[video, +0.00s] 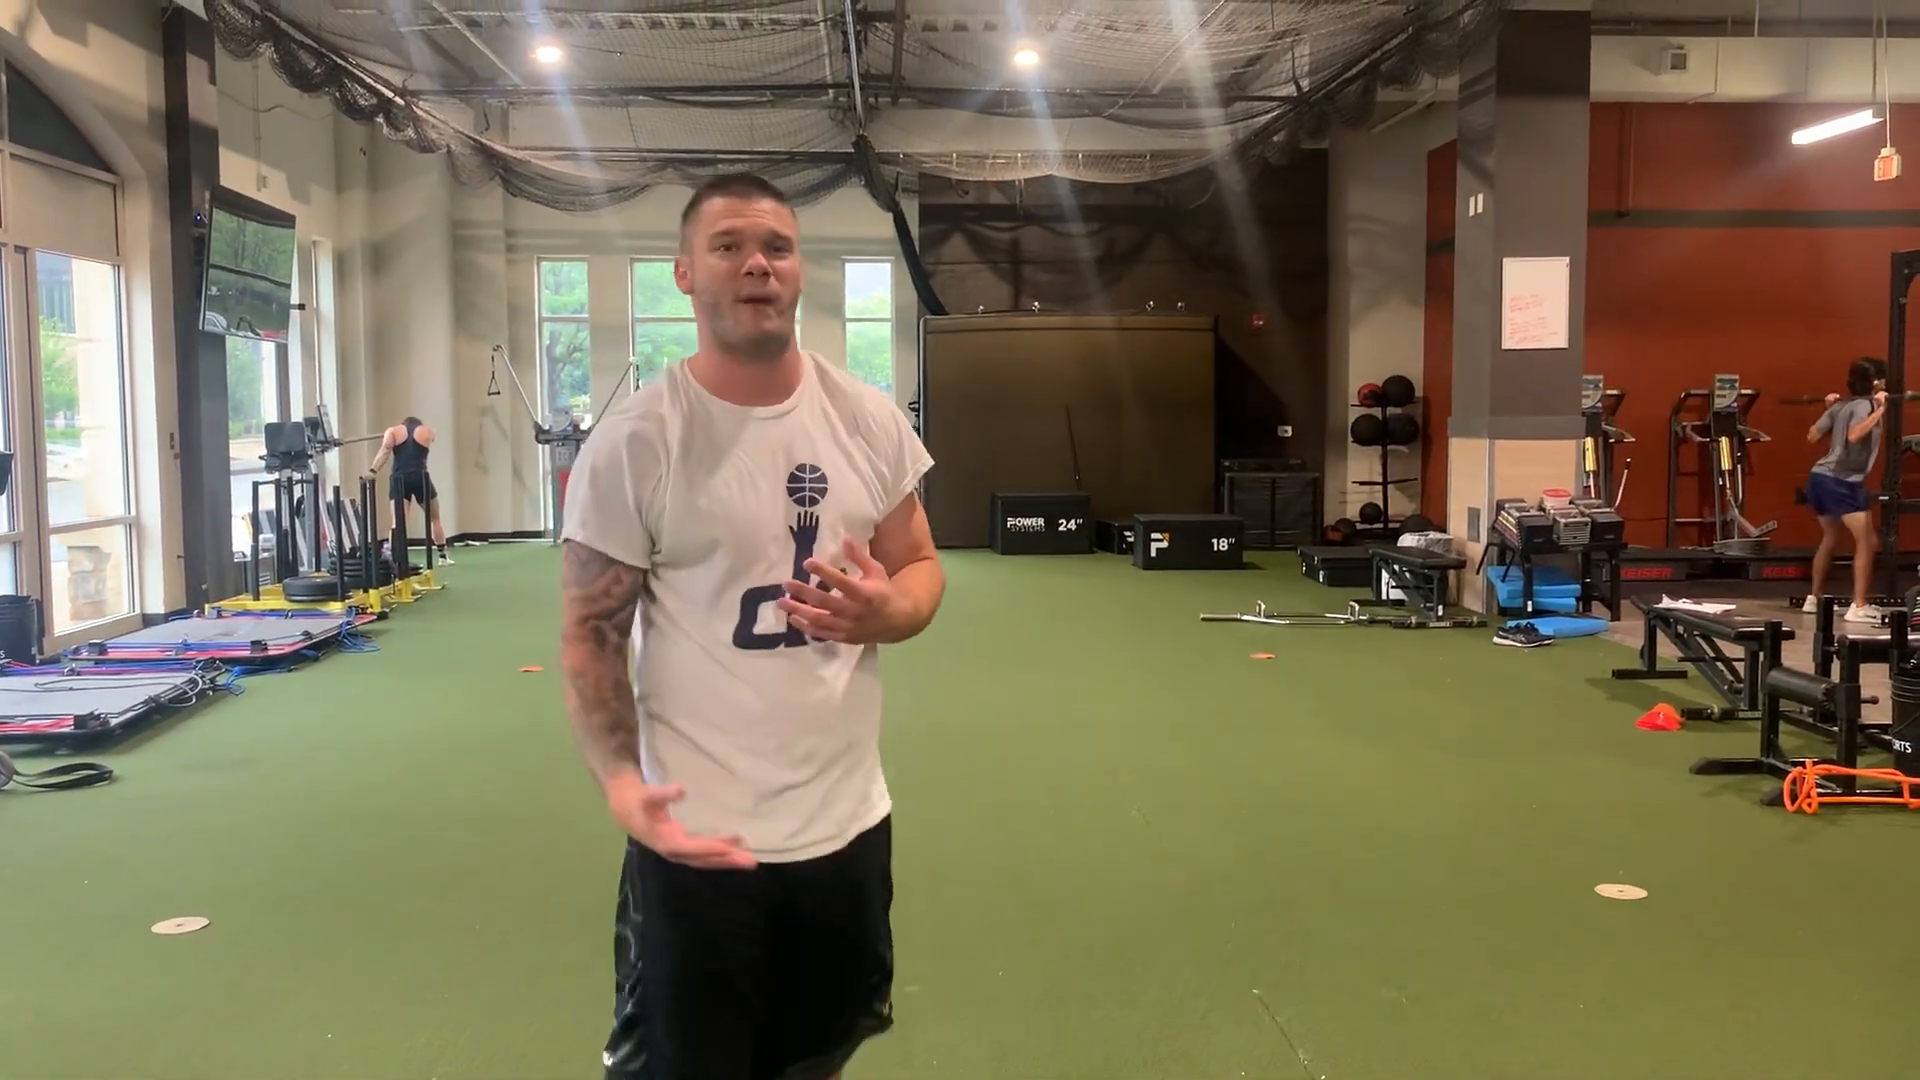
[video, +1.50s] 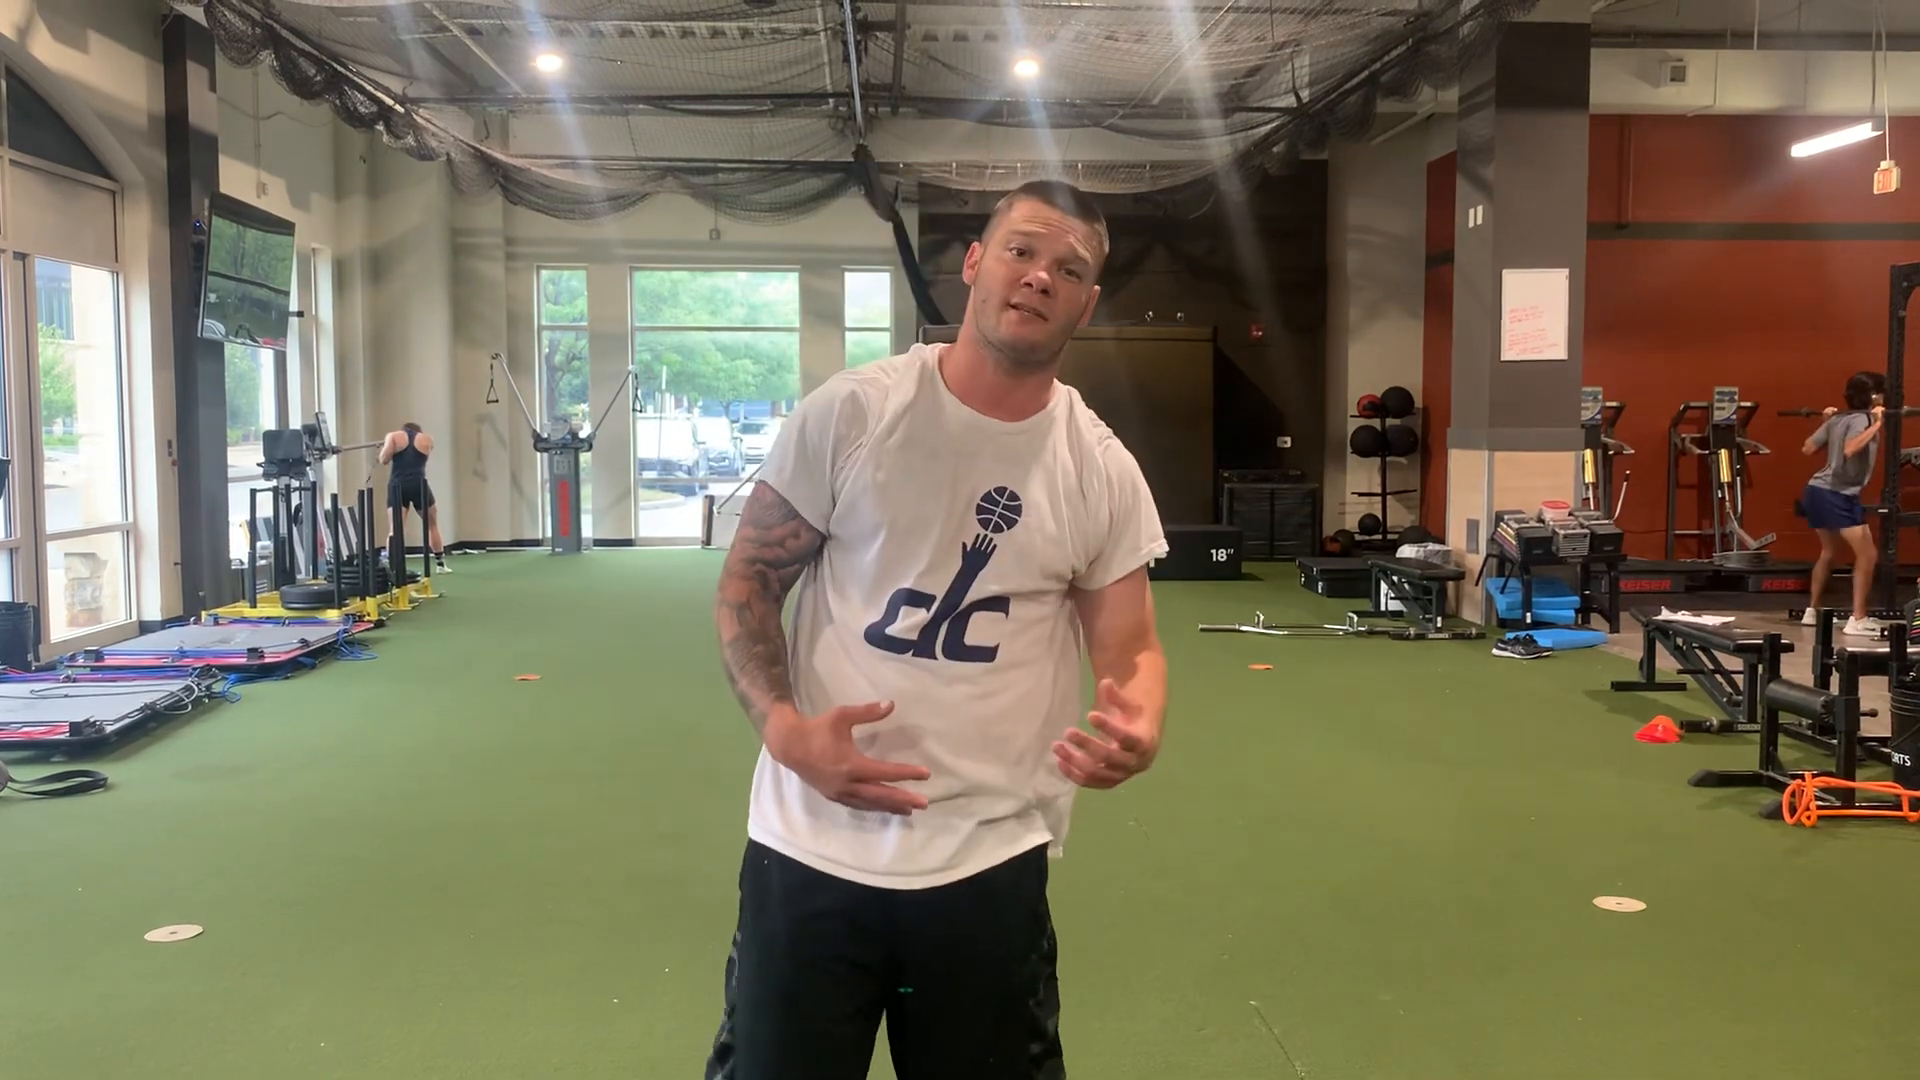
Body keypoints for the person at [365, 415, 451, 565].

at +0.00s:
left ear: (403, 424)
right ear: (419, 424)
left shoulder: (392, 431)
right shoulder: (427, 432)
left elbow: (384, 452)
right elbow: (431, 440)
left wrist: (373, 470)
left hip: (399, 479)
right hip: (420, 478)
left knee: (397, 521)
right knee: (435, 518)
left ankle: (394, 558)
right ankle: (442, 556)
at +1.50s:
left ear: (403, 429)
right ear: (419, 431)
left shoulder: (393, 436)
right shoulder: (427, 440)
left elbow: (383, 459)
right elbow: (424, 456)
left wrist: (383, 449)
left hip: (398, 485)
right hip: (419, 484)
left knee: (395, 528)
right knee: (432, 524)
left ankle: (389, 563)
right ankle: (441, 563)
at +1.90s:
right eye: (422, 435)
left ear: (405, 432)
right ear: (421, 433)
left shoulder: (394, 440)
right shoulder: (429, 443)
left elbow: (385, 462)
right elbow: (422, 461)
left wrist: (376, 473)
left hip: (399, 488)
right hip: (420, 487)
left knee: (396, 532)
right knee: (433, 528)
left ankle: (392, 567)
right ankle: (442, 566)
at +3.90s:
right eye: (423, 433)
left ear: (407, 433)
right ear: (424, 434)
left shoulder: (398, 449)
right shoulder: (432, 451)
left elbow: (390, 473)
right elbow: (429, 470)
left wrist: (387, 467)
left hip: (404, 496)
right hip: (425, 495)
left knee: (401, 539)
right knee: (439, 535)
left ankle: (396, 573)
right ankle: (448, 573)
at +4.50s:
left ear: (414, 437)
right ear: (431, 437)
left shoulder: (405, 453)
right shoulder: (440, 455)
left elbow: (398, 476)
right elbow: (434, 473)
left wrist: (388, 491)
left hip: (411, 499)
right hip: (432, 498)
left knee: (408, 543)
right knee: (446, 538)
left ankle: (404, 577)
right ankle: (455, 576)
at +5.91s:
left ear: (419, 431)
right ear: (435, 431)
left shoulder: (409, 445)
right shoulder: (444, 447)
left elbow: (402, 467)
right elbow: (440, 466)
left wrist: (392, 486)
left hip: (415, 491)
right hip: (437, 490)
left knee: (414, 533)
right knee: (450, 530)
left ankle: (410, 569)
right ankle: (459, 567)